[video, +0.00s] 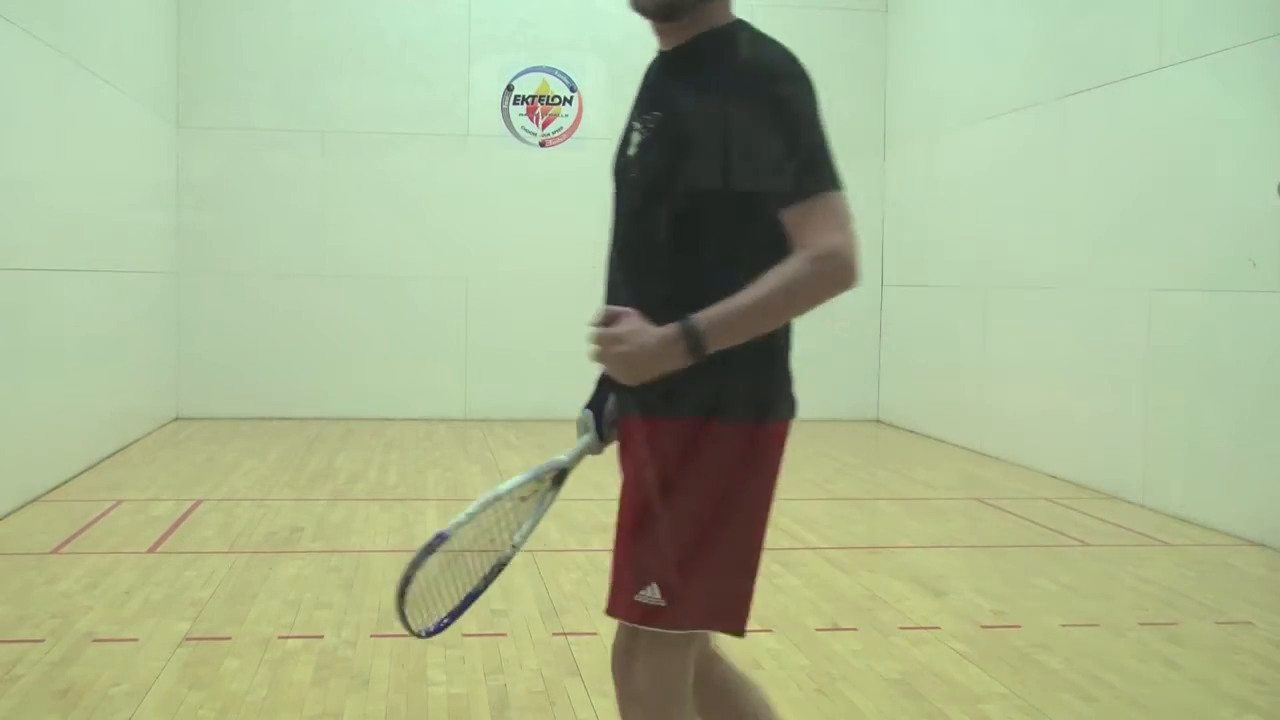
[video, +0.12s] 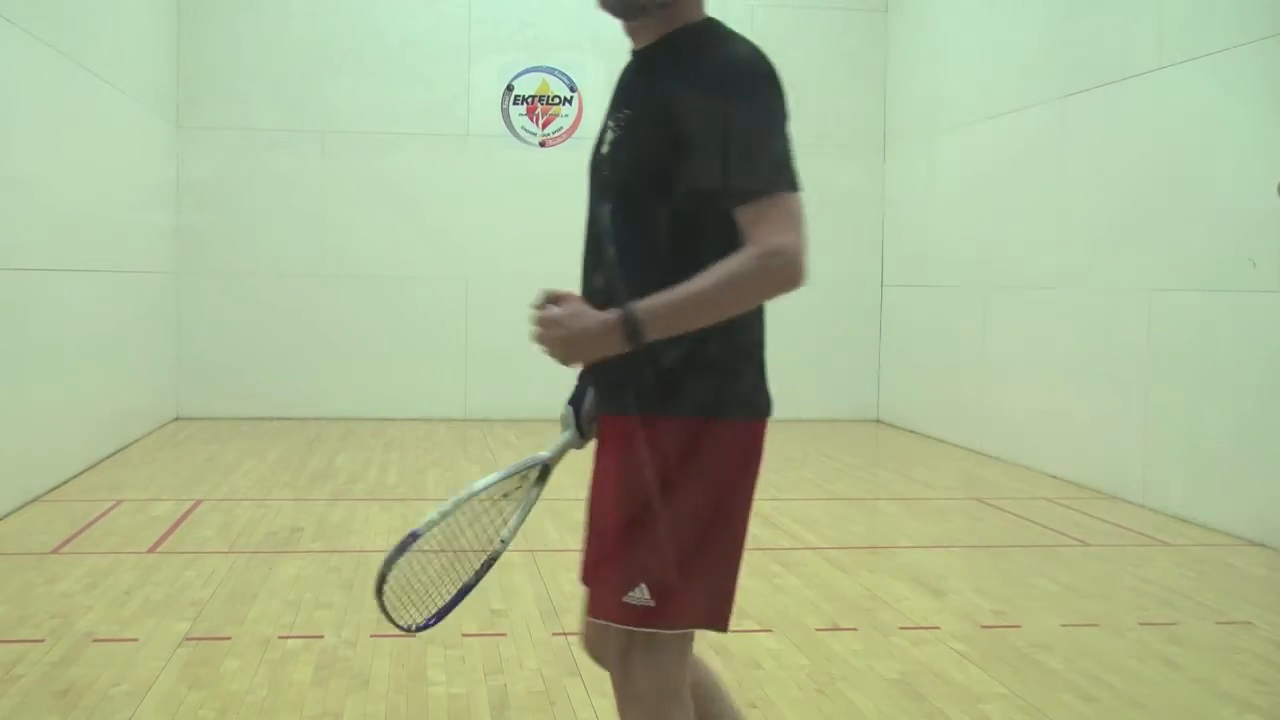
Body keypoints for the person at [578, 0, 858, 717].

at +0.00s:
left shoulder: (757, 73)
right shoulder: (668, 74)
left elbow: (831, 259)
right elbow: (680, 254)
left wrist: (675, 343)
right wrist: (624, 379)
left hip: (719, 410)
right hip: (666, 404)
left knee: (649, 666)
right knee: (680, 653)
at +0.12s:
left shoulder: (727, 69)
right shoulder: (643, 75)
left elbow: (779, 257)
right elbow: (658, 247)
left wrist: (618, 328)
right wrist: (604, 370)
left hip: (693, 405)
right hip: (644, 399)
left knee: (646, 651)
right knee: (609, 636)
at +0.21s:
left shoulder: (697, 65)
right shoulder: (625, 71)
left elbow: (727, 252)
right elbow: (632, 245)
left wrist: (560, 307)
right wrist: (586, 377)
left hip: (668, 401)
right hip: (622, 395)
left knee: (643, 650)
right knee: (579, 616)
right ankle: (667, 704)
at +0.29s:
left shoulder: (662, 66)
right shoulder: (613, 73)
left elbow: (680, 251)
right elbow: (625, 251)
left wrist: (515, 289)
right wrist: (575, 389)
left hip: (647, 401)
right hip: (606, 397)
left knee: (625, 630)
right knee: (569, 605)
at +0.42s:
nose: (517, 6)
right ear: (599, 3)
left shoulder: (608, 72)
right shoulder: (623, 76)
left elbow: (609, 250)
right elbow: (624, 278)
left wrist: (470, 290)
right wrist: (556, 418)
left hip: (610, 403)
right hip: (592, 401)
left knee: (609, 640)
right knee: (559, 613)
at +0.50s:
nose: (512, 9)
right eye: (517, 1)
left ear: (539, 5)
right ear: (603, 9)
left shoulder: (578, 83)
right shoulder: (647, 91)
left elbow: (566, 247)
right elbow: (629, 274)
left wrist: (452, 300)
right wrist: (540, 405)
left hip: (576, 406)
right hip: (623, 399)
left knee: (570, 632)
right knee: (561, 620)